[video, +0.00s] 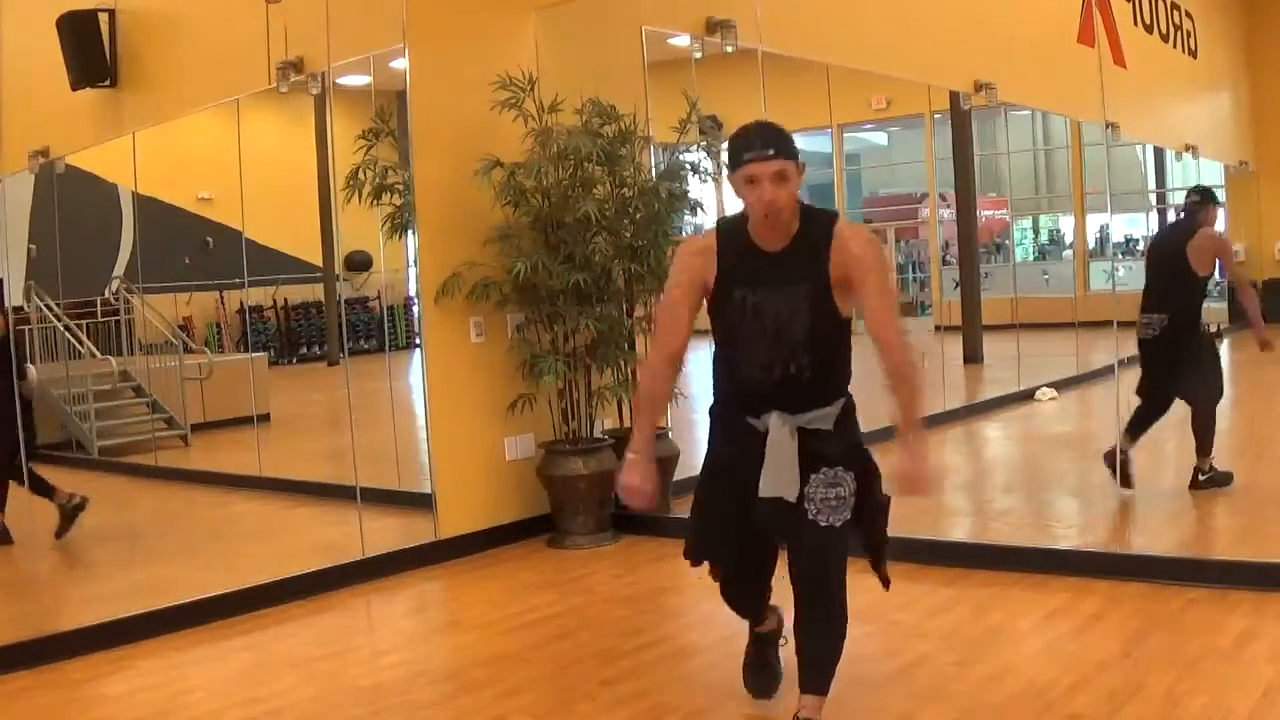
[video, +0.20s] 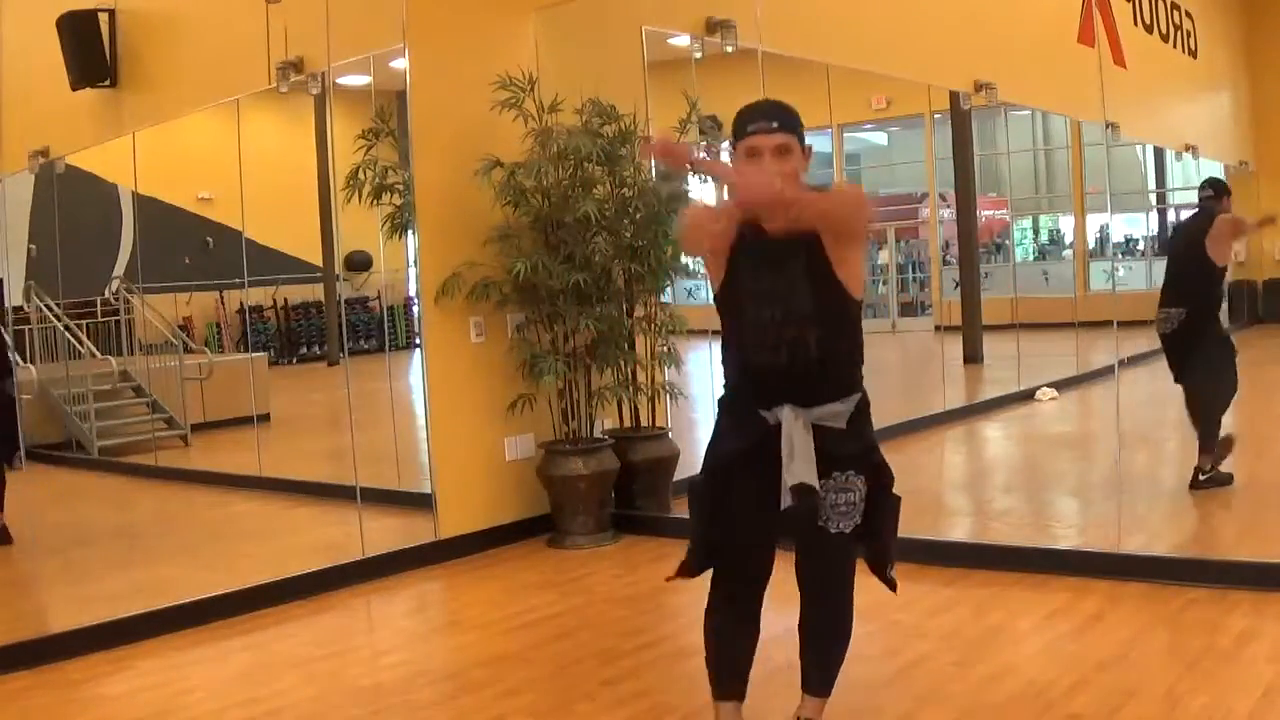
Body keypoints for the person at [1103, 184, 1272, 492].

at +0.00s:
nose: (1216, 217)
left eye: (1216, 212)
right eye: (1215, 211)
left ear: (1187, 208)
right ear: (1207, 210)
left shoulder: (1158, 239)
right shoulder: (1212, 239)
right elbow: (1241, 285)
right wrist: (1261, 331)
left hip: (1150, 335)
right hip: (1183, 335)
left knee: (1158, 399)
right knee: (1205, 396)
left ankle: (1121, 449)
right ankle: (1204, 469)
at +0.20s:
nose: (1232, 205)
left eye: (1230, 200)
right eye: (1231, 200)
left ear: (1202, 199)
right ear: (1224, 199)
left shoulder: (1183, 227)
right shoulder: (1225, 222)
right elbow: (1250, 228)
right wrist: (1266, 221)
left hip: (1167, 320)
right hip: (1196, 320)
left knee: (1194, 384)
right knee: (1219, 382)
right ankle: (1205, 468)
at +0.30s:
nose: (1237, 201)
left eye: (1236, 198)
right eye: (1237, 197)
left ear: (1207, 196)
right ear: (1230, 196)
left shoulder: (1189, 222)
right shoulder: (1227, 216)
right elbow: (1246, 209)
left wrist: (1247, 191)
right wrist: (1254, 194)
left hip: (1177, 316)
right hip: (1206, 317)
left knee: (1210, 375)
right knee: (1212, 389)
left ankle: (1237, 417)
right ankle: (1204, 468)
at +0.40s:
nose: (1242, 202)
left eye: (1241, 198)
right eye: (1241, 197)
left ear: (1213, 198)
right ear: (1235, 197)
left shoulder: (1196, 225)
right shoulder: (1235, 217)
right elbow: (1255, 208)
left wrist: (1248, 191)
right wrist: (1257, 195)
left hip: (1190, 320)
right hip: (1219, 323)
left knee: (1228, 374)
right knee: (1218, 392)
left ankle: (1255, 413)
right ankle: (1205, 468)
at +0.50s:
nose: (1247, 204)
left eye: (1244, 200)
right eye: (1246, 200)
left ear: (1218, 202)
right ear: (1239, 201)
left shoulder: (1201, 233)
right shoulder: (1242, 221)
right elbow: (1267, 219)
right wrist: (1261, 216)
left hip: (1205, 327)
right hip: (1233, 327)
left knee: (1240, 382)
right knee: (1230, 396)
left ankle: (1268, 425)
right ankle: (1205, 468)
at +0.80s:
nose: (1270, 211)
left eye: (1268, 206)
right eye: (1268, 206)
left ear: (1239, 212)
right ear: (1261, 207)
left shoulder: (1223, 248)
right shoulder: (1273, 237)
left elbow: (1200, 289)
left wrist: (1177, 324)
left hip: (1236, 331)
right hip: (1269, 330)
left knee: (1262, 397)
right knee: (1256, 397)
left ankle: (1278, 451)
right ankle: (1214, 457)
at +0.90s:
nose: (1278, 207)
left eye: (1275, 202)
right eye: (1276, 202)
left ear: (1248, 208)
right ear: (1271, 204)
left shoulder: (1236, 239)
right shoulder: (1275, 232)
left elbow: (1197, 256)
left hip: (1244, 328)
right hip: (1271, 326)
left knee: (1265, 393)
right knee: (1270, 393)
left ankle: (1278, 452)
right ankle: (1232, 442)